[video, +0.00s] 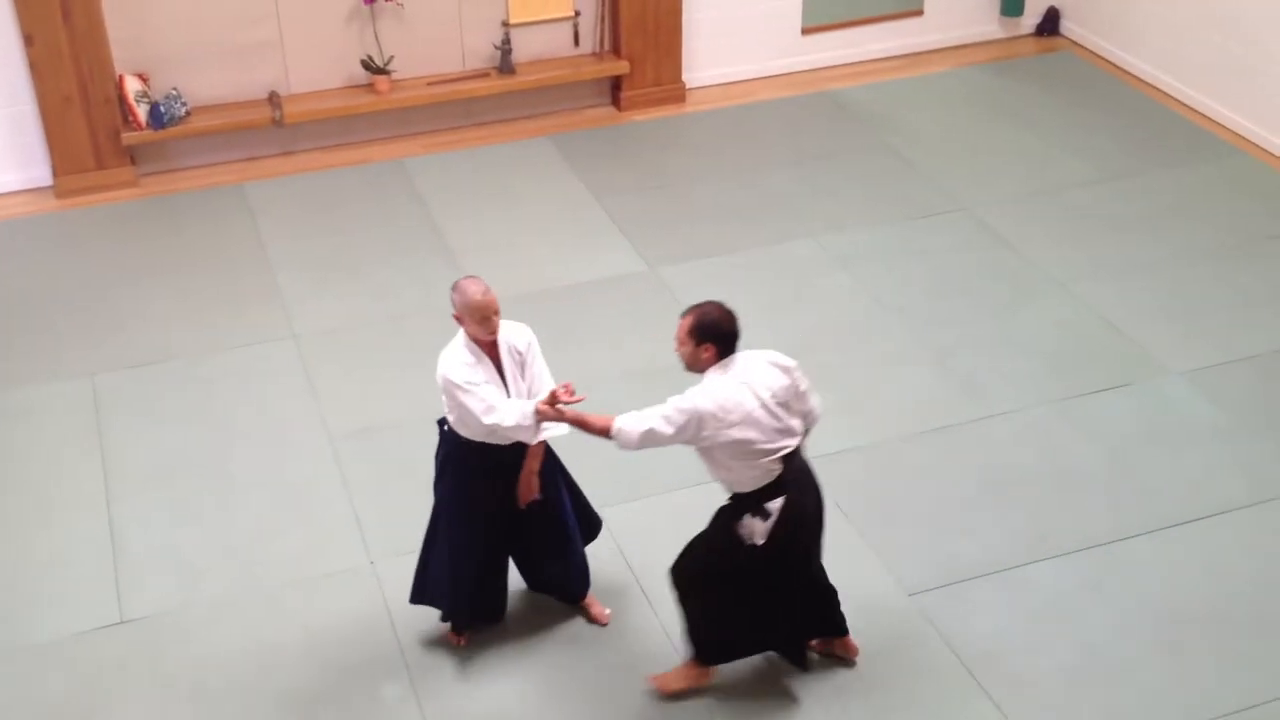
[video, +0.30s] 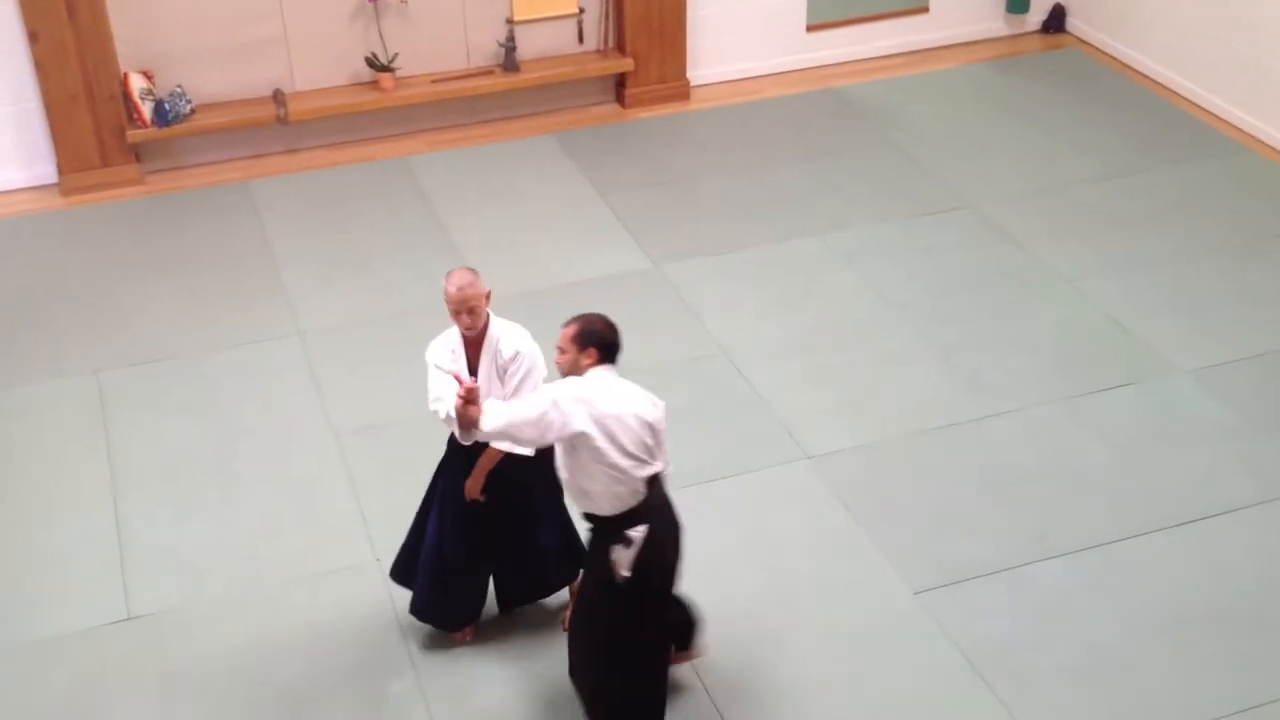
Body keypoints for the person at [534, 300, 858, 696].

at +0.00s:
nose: (675, 344)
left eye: (682, 339)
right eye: (678, 336)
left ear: (707, 350)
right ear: (718, 346)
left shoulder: (702, 402)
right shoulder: (769, 363)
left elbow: (628, 431)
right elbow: (808, 413)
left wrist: (565, 414)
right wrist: (786, 450)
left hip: (764, 509)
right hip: (802, 485)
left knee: (690, 572)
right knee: (803, 567)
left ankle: (700, 665)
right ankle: (837, 639)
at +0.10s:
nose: (635, 356)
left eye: (641, 350)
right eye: (637, 348)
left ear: (666, 358)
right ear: (681, 356)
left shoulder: (656, 409)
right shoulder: (727, 384)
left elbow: (585, 439)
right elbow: (749, 441)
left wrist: (527, 423)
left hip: (712, 529)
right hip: (753, 503)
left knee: (654, 596)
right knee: (780, 574)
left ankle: (635, 698)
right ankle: (825, 638)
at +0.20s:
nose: (589, 365)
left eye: (595, 358)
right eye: (591, 356)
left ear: (622, 364)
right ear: (630, 364)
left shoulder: (609, 410)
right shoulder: (676, 401)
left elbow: (539, 439)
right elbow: (694, 463)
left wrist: (489, 422)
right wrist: (681, 497)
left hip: (660, 542)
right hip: (700, 519)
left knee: (606, 622)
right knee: (715, 591)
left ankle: (621, 701)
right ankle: (773, 625)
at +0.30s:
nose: (555, 358)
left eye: (562, 350)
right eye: (557, 349)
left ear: (589, 355)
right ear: (596, 356)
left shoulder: (569, 398)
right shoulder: (644, 401)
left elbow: (522, 419)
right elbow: (657, 470)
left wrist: (474, 415)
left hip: (620, 538)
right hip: (658, 523)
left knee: (594, 642)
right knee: (645, 599)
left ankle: (613, 711)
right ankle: (681, 636)